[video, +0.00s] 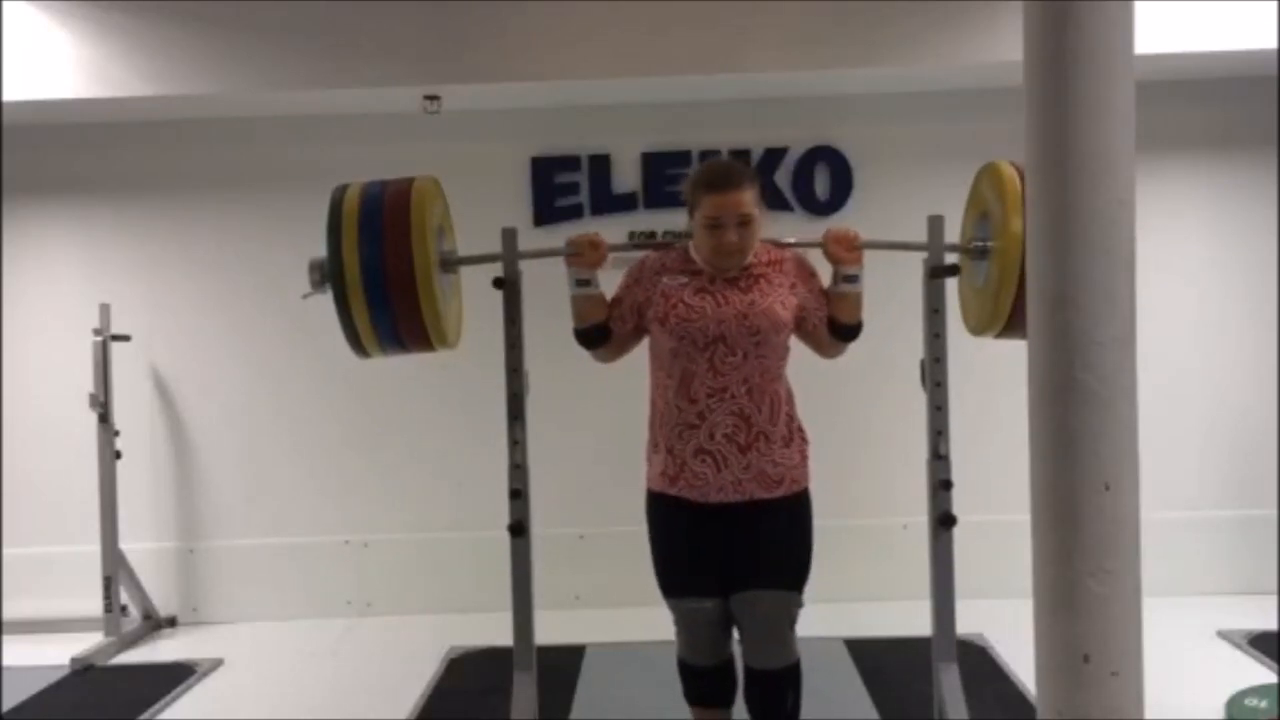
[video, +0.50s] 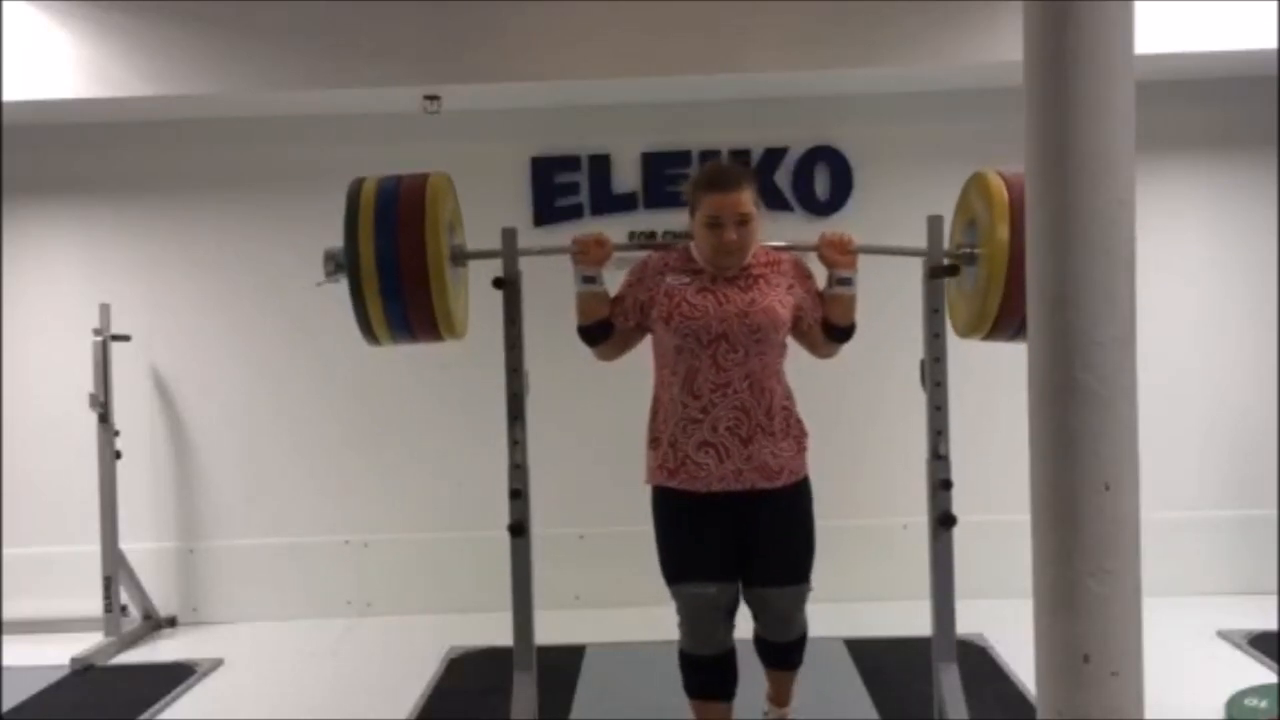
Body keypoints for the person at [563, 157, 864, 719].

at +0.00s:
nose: (729, 239)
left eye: (742, 224)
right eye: (714, 225)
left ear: (760, 219)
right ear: (692, 222)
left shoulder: (786, 269)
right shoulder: (656, 272)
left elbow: (833, 341)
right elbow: (604, 345)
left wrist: (848, 274)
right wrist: (584, 278)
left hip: (771, 490)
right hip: (683, 492)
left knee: (770, 642)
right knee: (700, 647)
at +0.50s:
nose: (729, 238)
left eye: (741, 223)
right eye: (714, 224)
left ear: (759, 220)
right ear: (692, 223)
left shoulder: (783, 270)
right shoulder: (658, 272)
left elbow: (826, 342)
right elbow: (607, 345)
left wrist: (842, 276)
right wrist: (589, 277)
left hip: (774, 478)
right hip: (689, 482)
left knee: (782, 619)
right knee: (704, 628)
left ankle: (779, 711)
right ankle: (713, 717)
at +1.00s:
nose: (748, 249)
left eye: (760, 235)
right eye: (734, 237)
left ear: (775, 229)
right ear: (712, 232)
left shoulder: (796, 274)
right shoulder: (680, 276)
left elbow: (837, 336)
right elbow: (629, 338)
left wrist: (852, 280)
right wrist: (615, 281)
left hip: (775, 465)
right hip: (697, 464)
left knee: (772, 597)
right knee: (706, 595)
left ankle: (771, 711)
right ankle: (709, 716)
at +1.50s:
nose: (719, 246)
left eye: (729, 233)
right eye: (706, 235)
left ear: (743, 230)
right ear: (684, 234)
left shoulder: (766, 274)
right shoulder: (653, 278)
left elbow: (805, 337)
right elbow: (606, 340)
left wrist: (820, 281)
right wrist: (592, 280)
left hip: (755, 463)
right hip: (676, 463)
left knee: (760, 590)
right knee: (677, 587)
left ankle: (770, 709)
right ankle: (668, 701)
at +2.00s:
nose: (702, 243)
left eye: (712, 231)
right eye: (689, 233)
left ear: (726, 230)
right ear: (668, 233)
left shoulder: (750, 275)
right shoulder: (640, 276)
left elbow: (791, 336)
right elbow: (594, 337)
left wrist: (803, 282)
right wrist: (580, 278)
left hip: (744, 454)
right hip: (665, 457)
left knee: (766, 577)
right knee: (670, 581)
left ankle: (796, 695)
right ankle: (665, 701)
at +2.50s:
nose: (721, 234)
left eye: (730, 223)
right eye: (708, 225)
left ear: (745, 227)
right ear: (687, 232)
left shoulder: (770, 275)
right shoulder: (660, 279)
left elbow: (810, 338)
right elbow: (614, 339)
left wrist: (823, 283)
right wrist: (600, 281)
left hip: (762, 457)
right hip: (685, 460)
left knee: (770, 580)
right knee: (684, 581)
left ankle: (795, 696)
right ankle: (667, 699)